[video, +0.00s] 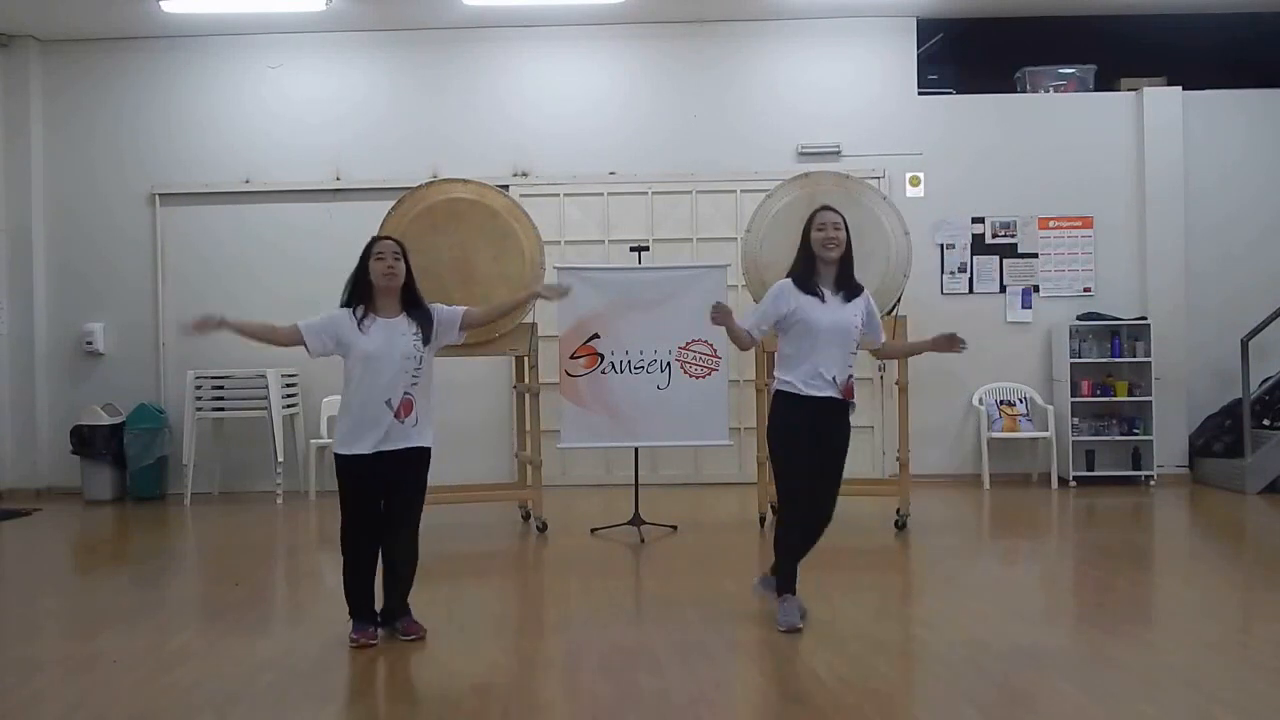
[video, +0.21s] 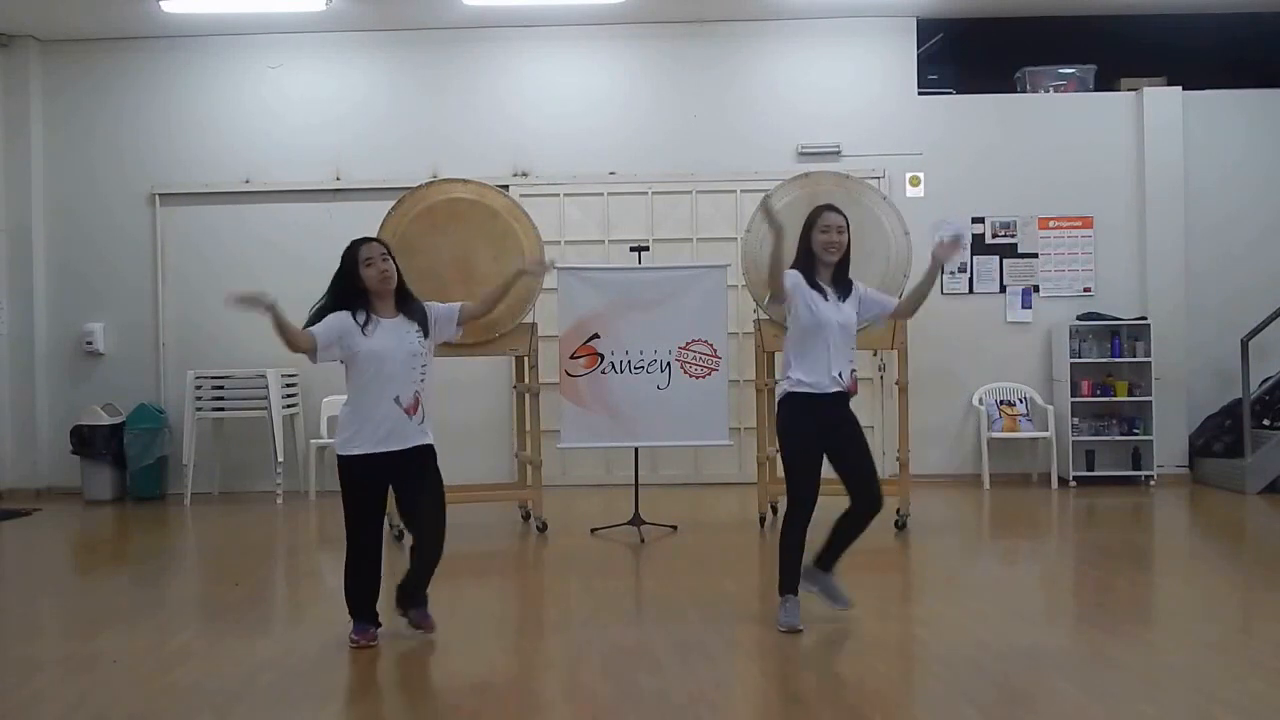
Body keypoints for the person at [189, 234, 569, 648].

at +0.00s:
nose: (388, 263)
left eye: (396, 257)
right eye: (379, 257)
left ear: (407, 269)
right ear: (365, 269)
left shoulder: (427, 317)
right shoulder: (346, 321)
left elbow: (482, 316)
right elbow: (285, 335)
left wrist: (533, 294)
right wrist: (227, 323)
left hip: (411, 446)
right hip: (357, 448)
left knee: (403, 534)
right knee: (360, 536)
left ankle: (397, 614)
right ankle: (362, 620)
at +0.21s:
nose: (382, 265)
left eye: (385, 257)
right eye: (370, 262)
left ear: (396, 266)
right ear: (356, 277)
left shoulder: (422, 315)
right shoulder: (346, 323)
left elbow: (478, 309)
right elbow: (301, 343)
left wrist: (518, 276)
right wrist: (275, 313)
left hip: (414, 446)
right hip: (361, 450)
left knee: (432, 535)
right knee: (364, 540)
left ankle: (412, 596)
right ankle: (364, 619)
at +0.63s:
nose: (419, 266)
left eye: (424, 260)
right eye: (408, 262)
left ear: (432, 269)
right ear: (394, 277)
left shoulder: (455, 314)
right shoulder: (390, 322)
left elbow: (486, 279)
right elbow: (381, 299)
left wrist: (449, 238)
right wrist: (410, 258)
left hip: (461, 443)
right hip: (408, 448)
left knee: (472, 532)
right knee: (393, 538)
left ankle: (484, 613)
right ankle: (367, 619)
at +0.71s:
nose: (430, 266)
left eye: (437, 260)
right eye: (420, 262)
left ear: (450, 270)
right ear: (409, 275)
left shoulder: (472, 315)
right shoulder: (400, 323)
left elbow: (511, 283)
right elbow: (371, 304)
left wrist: (491, 233)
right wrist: (390, 257)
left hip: (475, 442)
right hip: (422, 448)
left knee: (480, 534)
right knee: (407, 537)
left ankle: (484, 615)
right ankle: (376, 617)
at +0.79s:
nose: (437, 267)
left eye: (445, 261)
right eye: (428, 262)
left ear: (459, 271)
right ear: (418, 275)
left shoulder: (481, 316)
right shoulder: (404, 321)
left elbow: (526, 288)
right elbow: (362, 312)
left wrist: (520, 233)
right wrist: (364, 265)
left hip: (480, 443)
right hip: (426, 447)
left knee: (483, 532)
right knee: (416, 533)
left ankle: (485, 614)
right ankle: (394, 614)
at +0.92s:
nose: (449, 263)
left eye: (459, 258)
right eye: (443, 256)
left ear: (474, 271)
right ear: (433, 267)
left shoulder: (491, 315)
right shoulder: (412, 318)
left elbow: (541, 305)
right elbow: (354, 328)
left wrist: (566, 263)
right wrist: (317, 298)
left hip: (482, 442)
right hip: (429, 443)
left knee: (481, 531)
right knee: (438, 532)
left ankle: (485, 614)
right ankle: (445, 601)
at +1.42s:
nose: (437, 263)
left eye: (447, 260)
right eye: (435, 255)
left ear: (464, 273)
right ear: (425, 266)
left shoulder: (472, 316)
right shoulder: (405, 311)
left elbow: (470, 273)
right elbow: (365, 281)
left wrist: (443, 224)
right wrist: (376, 234)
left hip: (460, 443)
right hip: (409, 443)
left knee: (470, 533)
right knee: (388, 534)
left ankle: (484, 614)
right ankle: (380, 615)